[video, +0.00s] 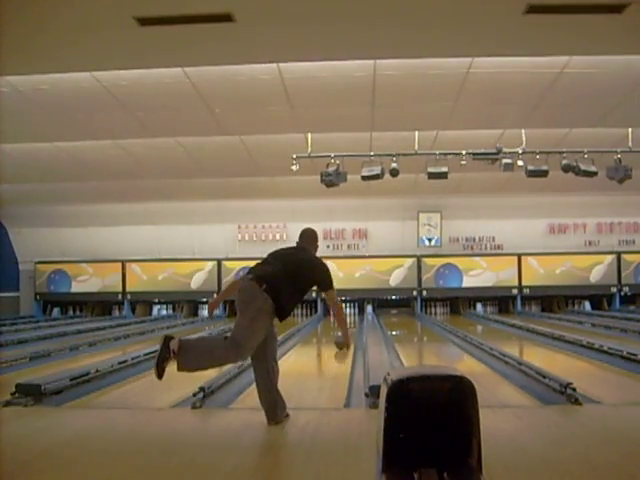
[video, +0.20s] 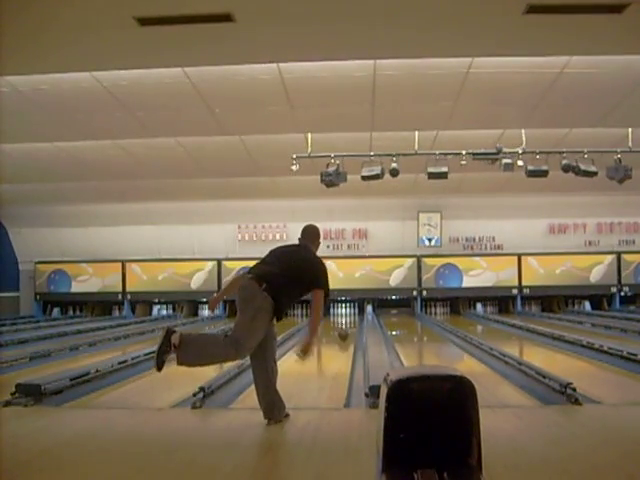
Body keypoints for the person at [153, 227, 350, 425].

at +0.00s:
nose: (317, 248)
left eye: (314, 245)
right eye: (317, 245)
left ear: (299, 241)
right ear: (316, 245)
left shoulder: (282, 253)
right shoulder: (317, 265)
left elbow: (245, 278)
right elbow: (334, 305)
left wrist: (219, 298)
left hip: (246, 293)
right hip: (261, 300)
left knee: (265, 360)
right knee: (238, 349)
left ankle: (275, 413)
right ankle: (176, 348)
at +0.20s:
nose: (317, 245)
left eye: (313, 239)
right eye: (318, 242)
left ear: (301, 238)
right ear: (318, 242)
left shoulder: (283, 250)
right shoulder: (317, 265)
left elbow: (248, 274)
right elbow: (317, 308)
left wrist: (220, 295)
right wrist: (310, 340)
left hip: (248, 288)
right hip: (262, 297)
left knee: (264, 356)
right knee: (237, 347)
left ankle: (274, 412)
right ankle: (177, 342)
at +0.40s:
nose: (316, 238)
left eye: (311, 234)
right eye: (318, 235)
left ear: (301, 232)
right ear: (320, 237)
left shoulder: (284, 246)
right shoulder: (317, 259)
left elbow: (250, 273)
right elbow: (303, 288)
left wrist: (225, 296)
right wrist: (280, 314)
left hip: (247, 288)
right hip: (261, 296)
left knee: (264, 356)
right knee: (242, 350)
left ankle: (273, 411)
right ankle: (183, 358)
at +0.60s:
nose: (314, 232)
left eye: (311, 228)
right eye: (316, 229)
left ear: (299, 226)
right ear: (318, 230)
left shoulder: (281, 241)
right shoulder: (314, 254)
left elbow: (253, 272)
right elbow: (308, 299)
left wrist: (232, 298)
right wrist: (296, 334)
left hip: (246, 290)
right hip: (263, 299)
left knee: (263, 356)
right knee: (247, 351)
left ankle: (273, 412)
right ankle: (199, 392)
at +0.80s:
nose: (313, 224)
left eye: (310, 220)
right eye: (314, 221)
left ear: (296, 219)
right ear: (314, 222)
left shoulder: (279, 237)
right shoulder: (314, 250)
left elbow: (253, 267)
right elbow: (324, 291)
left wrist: (233, 295)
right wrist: (336, 321)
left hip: (244, 289)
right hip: (260, 297)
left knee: (262, 355)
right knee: (248, 353)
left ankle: (273, 412)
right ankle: (200, 394)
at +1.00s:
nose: (311, 216)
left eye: (308, 211)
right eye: (312, 212)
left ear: (293, 211)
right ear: (312, 214)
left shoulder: (275, 231)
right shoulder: (311, 241)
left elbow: (247, 264)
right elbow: (332, 277)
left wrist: (232, 294)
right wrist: (352, 292)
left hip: (245, 289)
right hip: (264, 296)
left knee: (263, 356)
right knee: (253, 354)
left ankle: (274, 413)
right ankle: (203, 393)